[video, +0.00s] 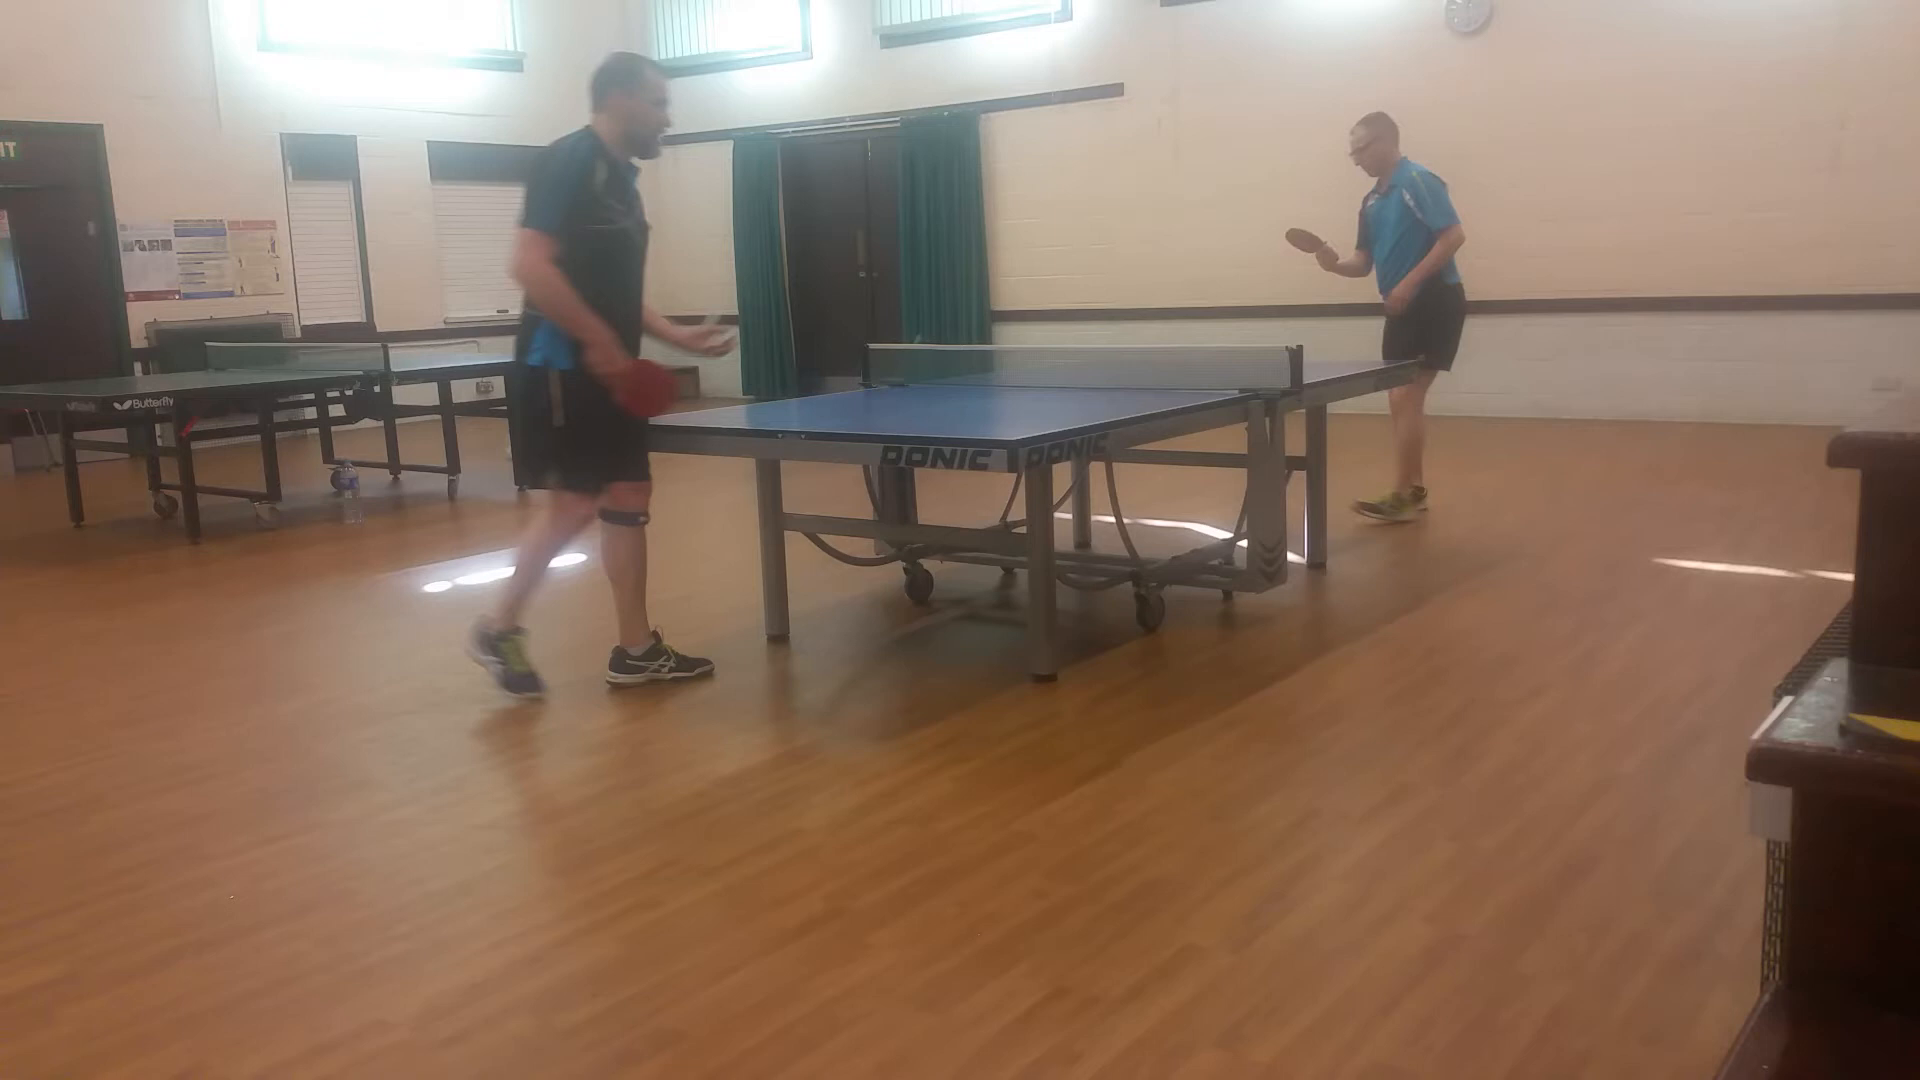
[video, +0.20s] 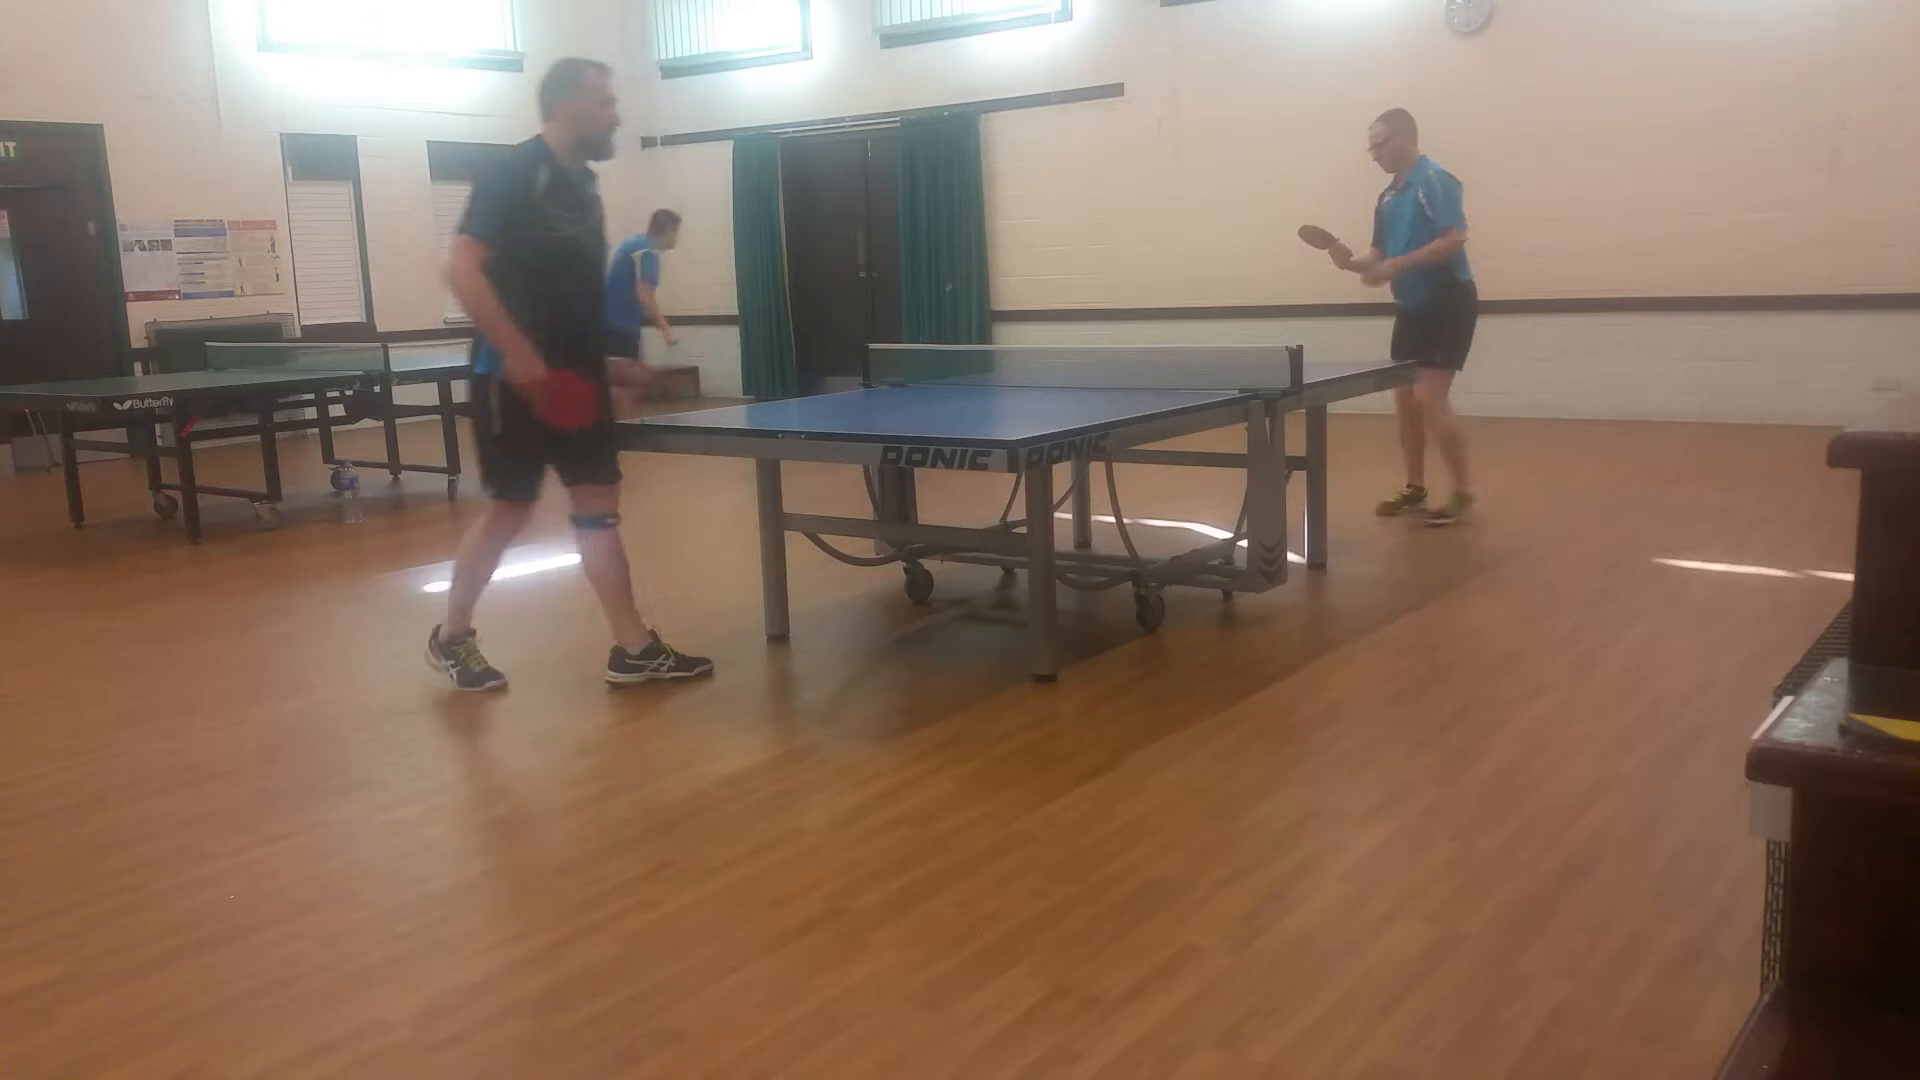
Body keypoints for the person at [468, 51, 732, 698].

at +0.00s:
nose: (666, 118)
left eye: (666, 106)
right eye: (657, 105)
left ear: (628, 106)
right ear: (615, 102)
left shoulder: (620, 176)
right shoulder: (567, 161)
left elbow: (615, 286)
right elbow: (530, 264)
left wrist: (674, 332)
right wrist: (597, 337)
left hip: (607, 362)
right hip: (558, 362)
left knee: (627, 495)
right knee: (575, 501)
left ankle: (636, 648)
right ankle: (498, 628)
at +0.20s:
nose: (616, 116)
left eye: (614, 104)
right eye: (605, 103)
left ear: (575, 111)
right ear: (564, 109)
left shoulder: (583, 188)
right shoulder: (513, 173)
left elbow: (573, 292)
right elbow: (462, 268)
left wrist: (607, 361)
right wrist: (516, 350)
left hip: (577, 368)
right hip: (518, 370)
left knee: (597, 504)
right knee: (508, 511)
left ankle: (633, 645)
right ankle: (451, 635)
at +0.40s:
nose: (552, 124)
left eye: (551, 113)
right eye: (539, 114)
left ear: (537, 122)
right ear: (498, 120)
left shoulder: (530, 196)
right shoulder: (453, 184)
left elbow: (502, 296)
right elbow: (398, 289)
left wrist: (539, 346)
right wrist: (448, 372)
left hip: (519, 368)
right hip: (461, 374)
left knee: (561, 495)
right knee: (467, 512)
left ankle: (600, 636)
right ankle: (450, 646)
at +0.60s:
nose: (496, 114)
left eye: (493, 103)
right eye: (482, 104)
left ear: (465, 113)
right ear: (442, 113)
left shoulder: (489, 186)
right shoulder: (394, 181)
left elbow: (482, 279)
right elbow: (354, 282)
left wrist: (525, 322)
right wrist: (421, 346)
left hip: (491, 365)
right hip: (427, 371)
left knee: (526, 487)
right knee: (445, 508)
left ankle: (489, 602)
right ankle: (447, 646)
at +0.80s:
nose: (450, 130)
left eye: (452, 119)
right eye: (438, 120)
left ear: (453, 120)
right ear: (399, 121)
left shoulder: (464, 195)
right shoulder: (357, 193)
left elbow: (475, 277)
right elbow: (329, 293)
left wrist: (516, 334)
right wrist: (398, 326)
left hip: (466, 363)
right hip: (405, 365)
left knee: (462, 502)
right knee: (431, 498)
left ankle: (410, 590)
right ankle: (446, 644)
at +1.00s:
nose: (430, 149)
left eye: (436, 138)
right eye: (417, 138)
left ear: (442, 136)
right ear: (384, 135)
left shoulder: (449, 200)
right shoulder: (341, 200)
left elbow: (468, 280)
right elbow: (315, 294)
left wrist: (485, 308)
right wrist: (385, 314)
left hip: (439, 364)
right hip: (379, 368)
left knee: (425, 497)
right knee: (398, 496)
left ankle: (394, 610)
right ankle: (430, 628)